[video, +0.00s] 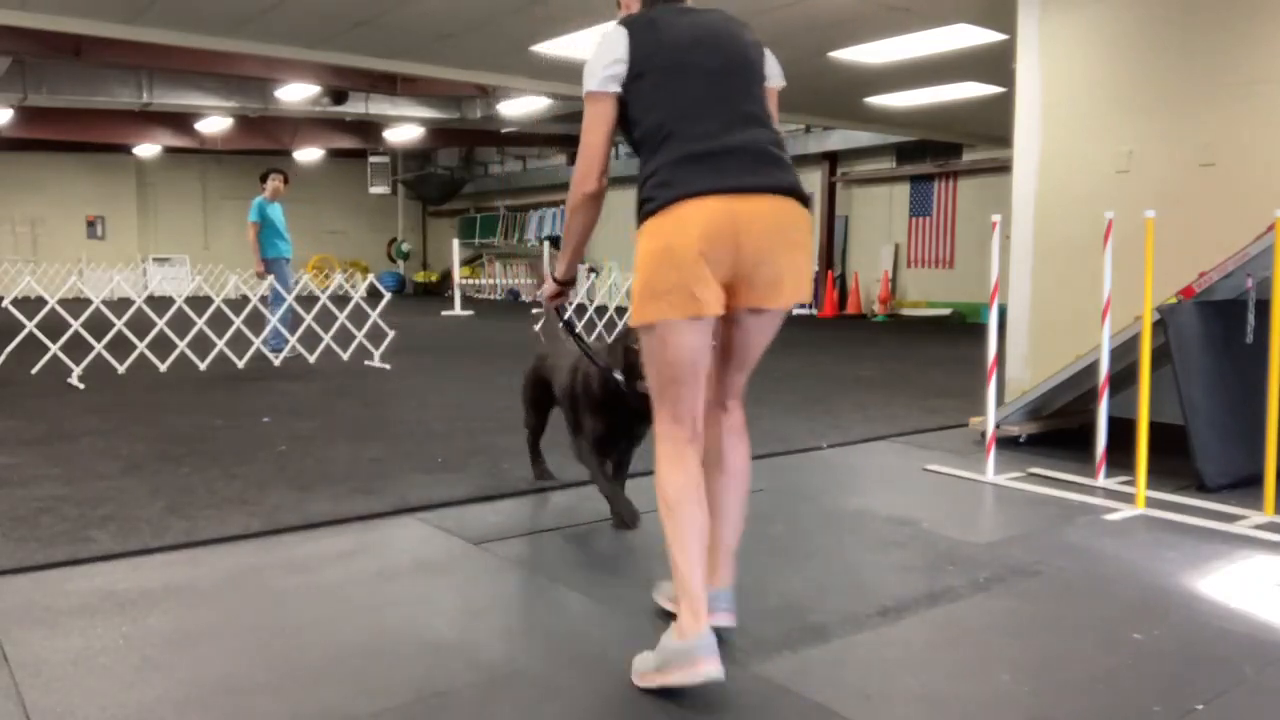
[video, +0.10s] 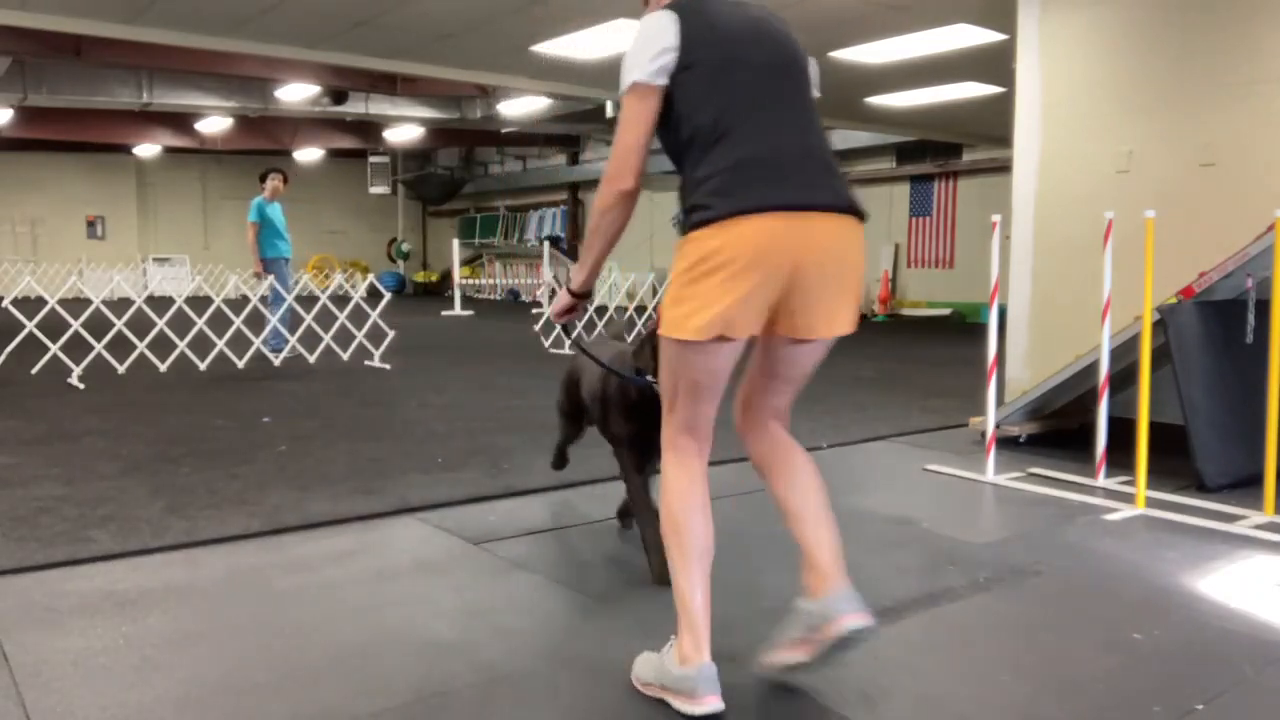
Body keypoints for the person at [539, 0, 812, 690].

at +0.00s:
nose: (616, 14)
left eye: (615, 10)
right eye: (617, 11)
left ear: (629, 4)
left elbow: (589, 181)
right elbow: (770, 143)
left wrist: (564, 268)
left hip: (685, 220)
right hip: (778, 216)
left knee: (678, 426)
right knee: (726, 403)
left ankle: (692, 630)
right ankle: (715, 588)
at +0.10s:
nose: (641, 14)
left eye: (642, 11)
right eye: (642, 12)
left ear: (658, 2)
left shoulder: (664, 25)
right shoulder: (783, 37)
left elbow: (622, 182)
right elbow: (802, 152)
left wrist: (581, 280)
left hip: (734, 237)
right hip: (835, 234)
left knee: (686, 441)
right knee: (764, 420)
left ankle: (692, 656)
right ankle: (833, 592)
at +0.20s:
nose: (679, 15)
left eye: (685, 14)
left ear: (702, 1)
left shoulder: (723, 7)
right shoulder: (820, 24)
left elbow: (677, 150)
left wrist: (615, 267)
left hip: (817, 216)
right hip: (913, 218)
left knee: (714, 434)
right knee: (830, 454)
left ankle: (684, 655)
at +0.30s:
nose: (726, 17)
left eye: (729, 8)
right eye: (725, 14)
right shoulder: (865, 23)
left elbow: (743, 137)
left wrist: (656, 265)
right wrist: (821, 302)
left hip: (910, 220)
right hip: (996, 223)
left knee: (759, 427)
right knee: (884, 475)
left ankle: (746, 678)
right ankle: (968, 704)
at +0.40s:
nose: (767, 17)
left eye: (767, 5)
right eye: (767, 14)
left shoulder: (853, 2)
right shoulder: (922, 37)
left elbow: (829, 93)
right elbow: (959, 192)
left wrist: (730, 244)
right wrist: (892, 319)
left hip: (1003, 208)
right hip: (1077, 211)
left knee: (865, 458)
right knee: (934, 474)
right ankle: (982, 694)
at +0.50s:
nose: (804, 13)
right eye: (799, 8)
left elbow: (938, 52)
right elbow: (1025, 190)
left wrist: (850, 219)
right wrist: (952, 314)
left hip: (1106, 197)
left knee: (1059, 506)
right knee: (1008, 461)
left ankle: (1222, 709)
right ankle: (993, 703)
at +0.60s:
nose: (863, 26)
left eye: (858, 9)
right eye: (856, 19)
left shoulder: (957, 5)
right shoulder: (990, 75)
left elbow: (1068, 33)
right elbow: (1107, 208)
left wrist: (1032, 206)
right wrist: (1034, 329)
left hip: (1205, 225)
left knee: (1190, 548)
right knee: (1064, 446)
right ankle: (1089, 700)